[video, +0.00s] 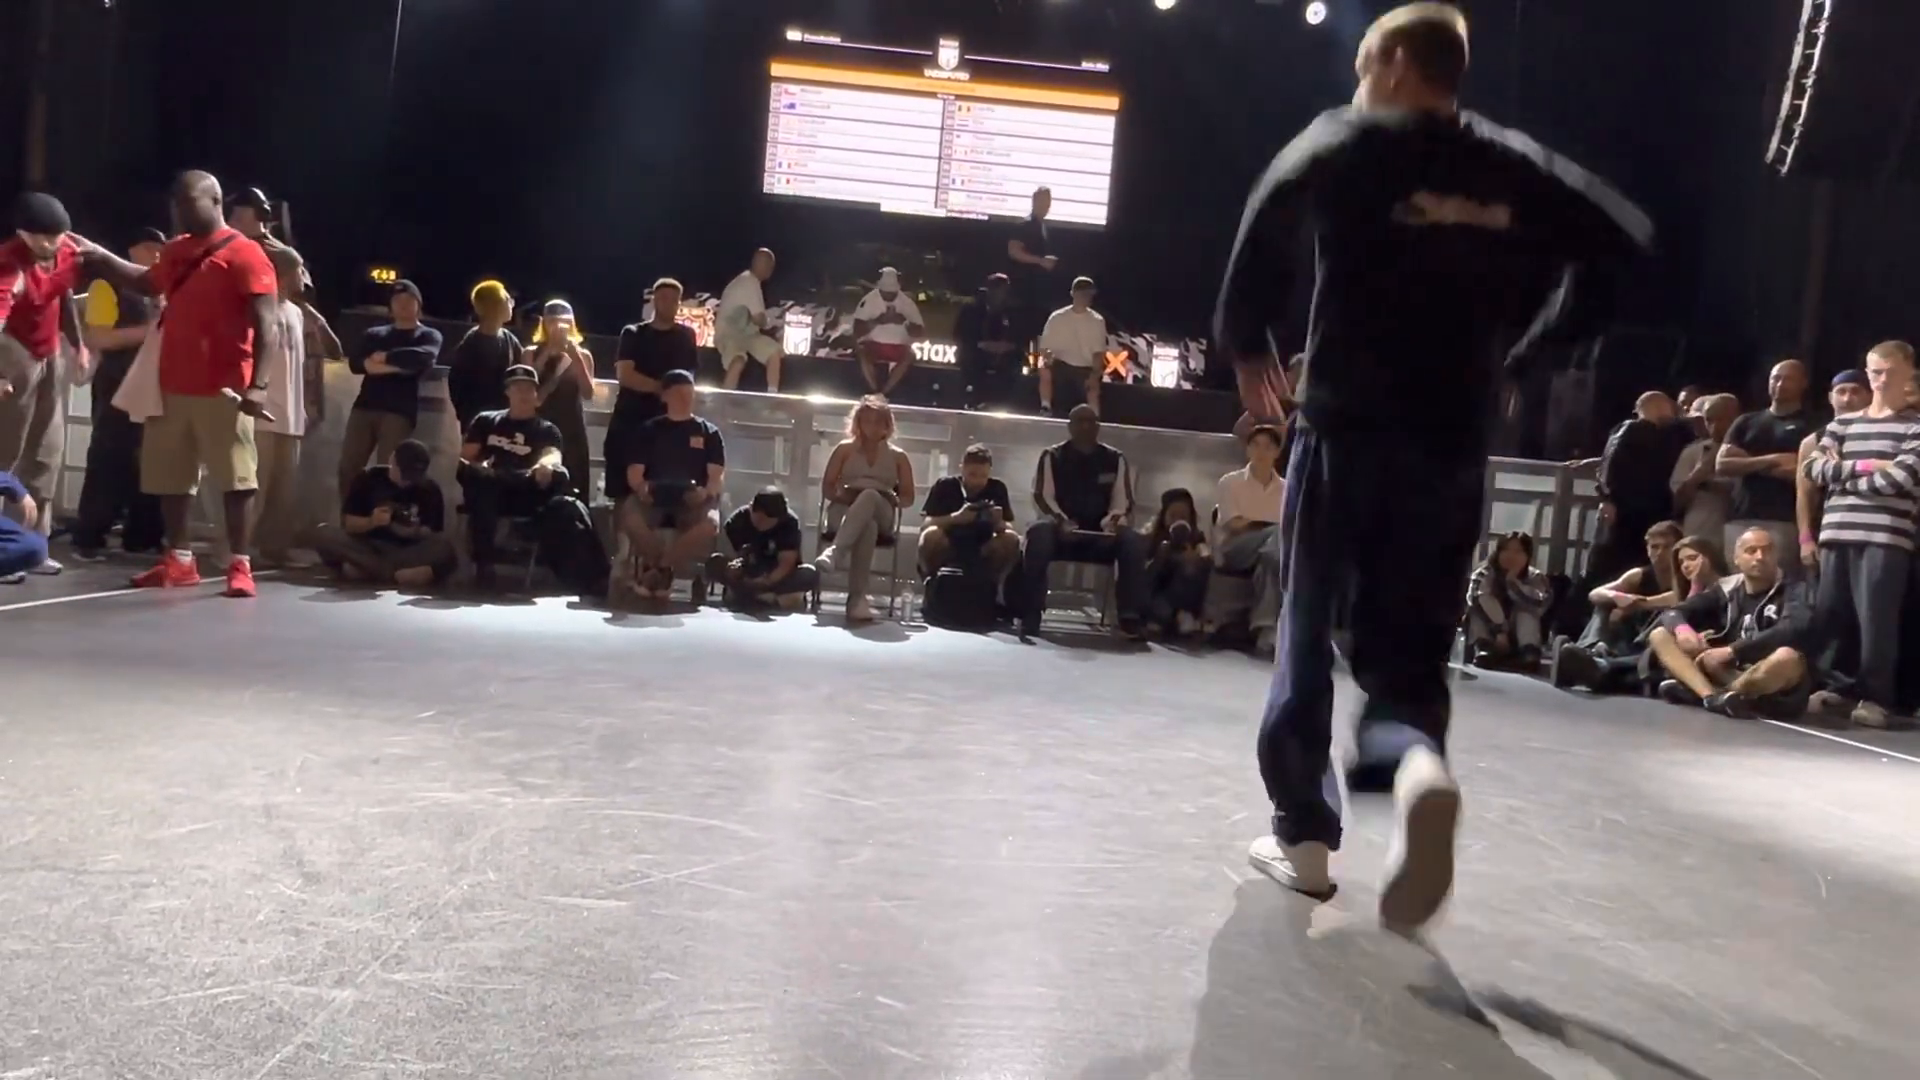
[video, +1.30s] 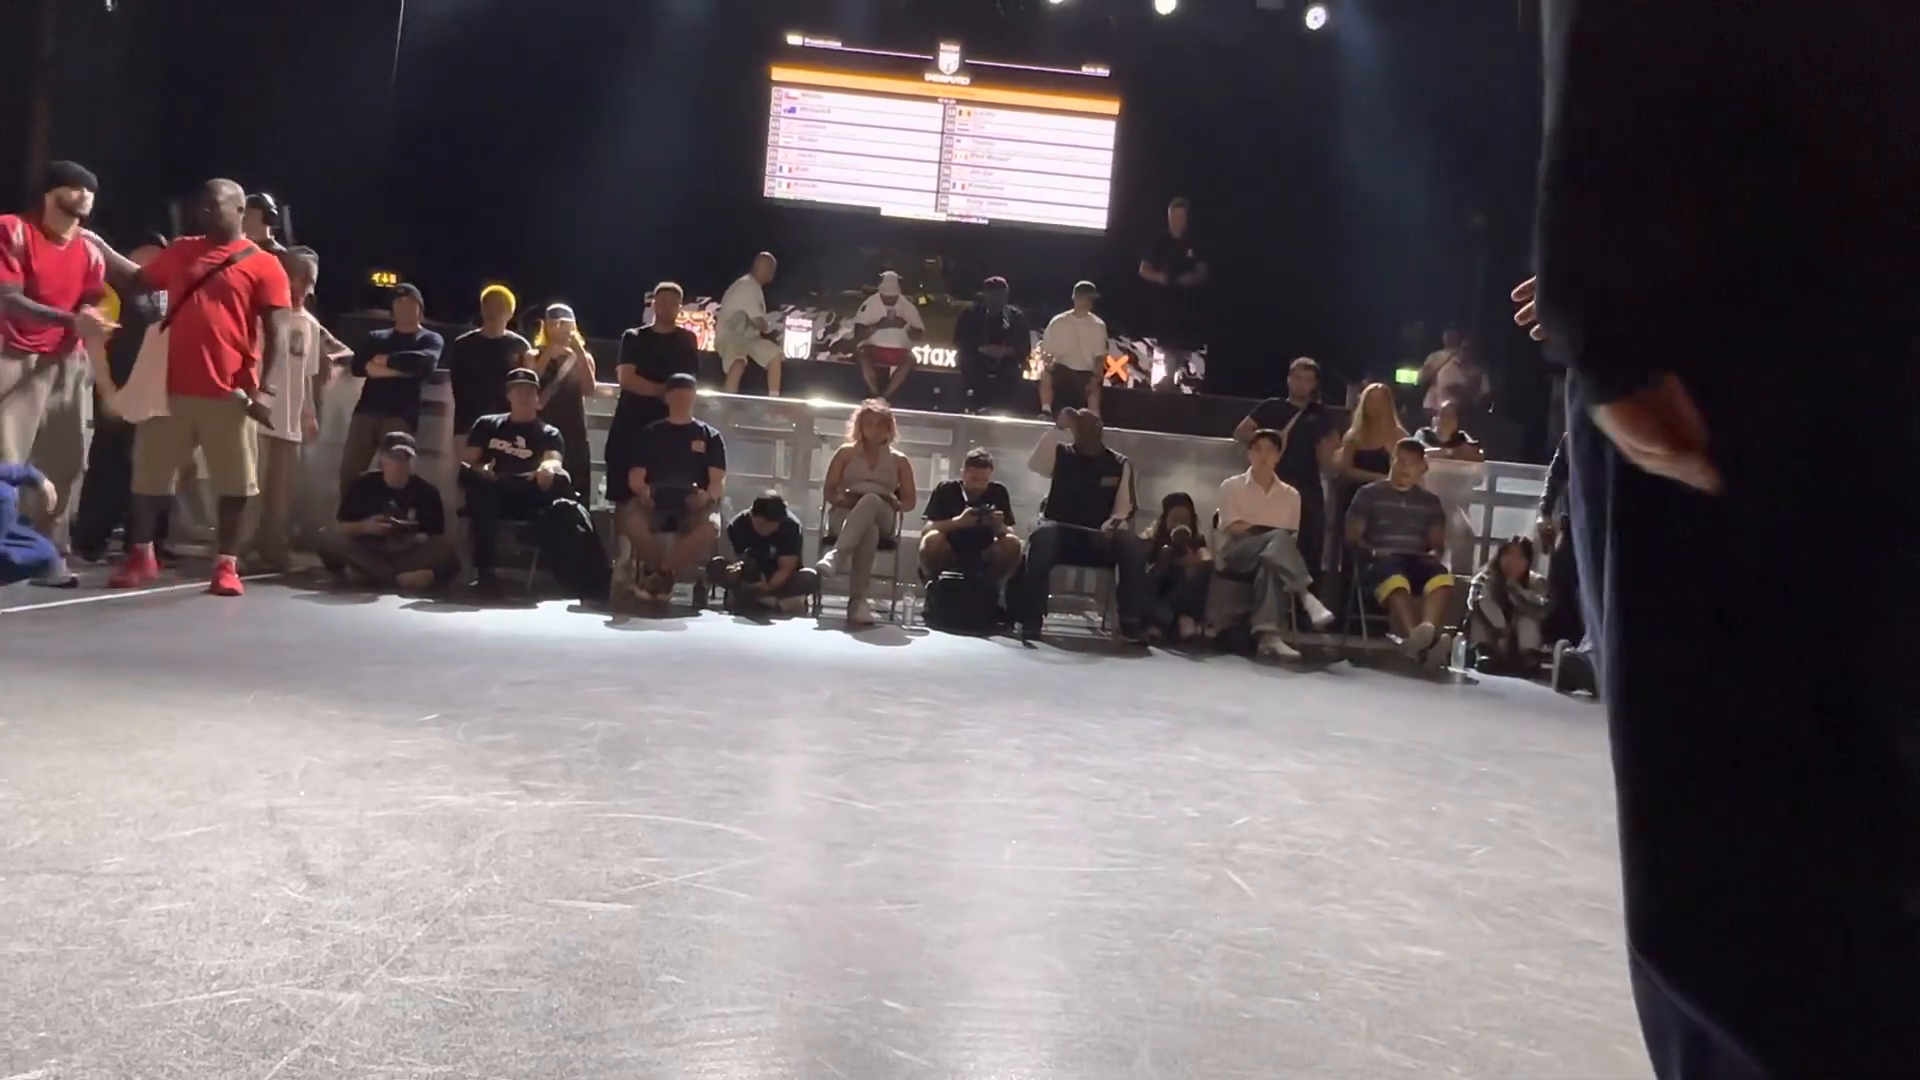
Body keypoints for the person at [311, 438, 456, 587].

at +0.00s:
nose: (405, 484)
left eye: (411, 481)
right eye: (402, 477)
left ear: (421, 473)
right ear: (392, 462)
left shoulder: (429, 489)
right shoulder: (368, 479)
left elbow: (435, 533)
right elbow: (349, 524)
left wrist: (414, 532)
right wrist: (371, 522)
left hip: (410, 550)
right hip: (368, 546)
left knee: (444, 550)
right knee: (323, 534)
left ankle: (370, 572)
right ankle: (393, 574)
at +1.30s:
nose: (400, 466)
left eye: (405, 460)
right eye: (395, 459)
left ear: (412, 462)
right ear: (382, 459)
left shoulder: (427, 492)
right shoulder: (362, 485)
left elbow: (436, 535)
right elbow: (344, 527)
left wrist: (404, 528)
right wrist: (367, 527)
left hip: (409, 551)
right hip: (368, 547)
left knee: (445, 550)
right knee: (326, 538)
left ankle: (373, 576)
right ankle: (394, 577)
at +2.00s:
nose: (380, 471)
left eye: (386, 466)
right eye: (375, 465)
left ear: (395, 470)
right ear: (365, 467)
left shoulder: (412, 502)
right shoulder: (346, 497)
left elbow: (423, 546)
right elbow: (327, 538)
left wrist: (395, 548)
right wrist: (350, 541)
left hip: (395, 561)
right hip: (354, 560)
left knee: (433, 561)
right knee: (313, 550)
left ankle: (358, 588)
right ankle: (382, 591)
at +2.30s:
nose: (375, 477)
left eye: (380, 472)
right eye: (369, 471)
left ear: (389, 475)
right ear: (358, 474)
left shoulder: (405, 507)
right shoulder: (339, 501)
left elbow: (416, 548)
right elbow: (318, 540)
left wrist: (400, 558)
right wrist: (346, 557)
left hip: (389, 568)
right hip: (347, 567)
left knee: (427, 568)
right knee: (306, 556)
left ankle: (350, 596)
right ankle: (378, 596)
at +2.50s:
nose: (371, 485)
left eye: (377, 480)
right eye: (366, 479)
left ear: (386, 483)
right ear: (356, 481)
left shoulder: (402, 515)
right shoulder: (338, 509)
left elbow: (413, 557)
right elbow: (320, 548)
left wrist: (384, 573)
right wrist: (341, 574)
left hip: (385, 575)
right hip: (346, 572)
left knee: (424, 573)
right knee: (301, 562)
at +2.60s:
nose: (374, 491)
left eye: (380, 485)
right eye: (369, 484)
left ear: (389, 488)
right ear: (358, 487)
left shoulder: (405, 520)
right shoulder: (339, 514)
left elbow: (415, 562)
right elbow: (319, 553)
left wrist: (387, 579)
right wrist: (341, 578)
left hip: (386, 581)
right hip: (347, 580)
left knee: (428, 580)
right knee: (304, 567)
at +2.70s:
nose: (373, 493)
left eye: (379, 486)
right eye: (367, 486)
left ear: (388, 489)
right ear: (357, 489)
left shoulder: (404, 521)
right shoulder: (338, 515)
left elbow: (413, 563)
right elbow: (318, 553)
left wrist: (386, 579)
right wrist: (340, 578)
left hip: (386, 582)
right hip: (346, 581)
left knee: (427, 581)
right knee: (304, 570)